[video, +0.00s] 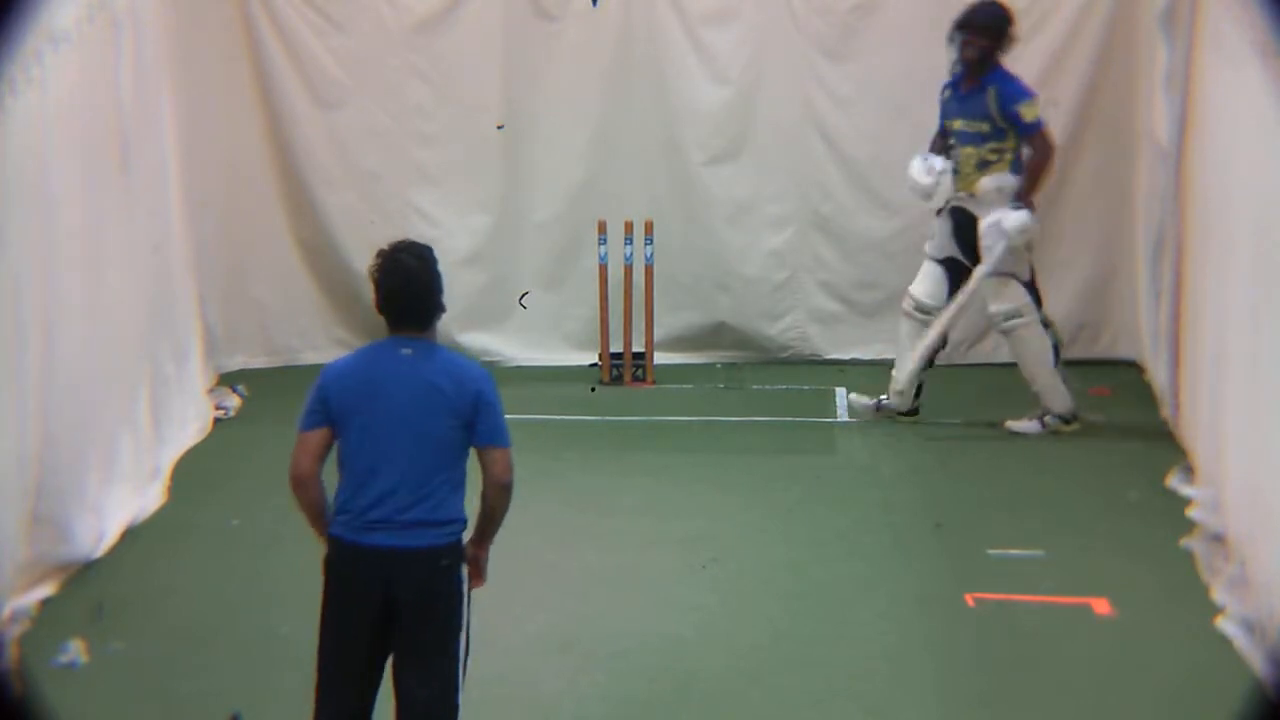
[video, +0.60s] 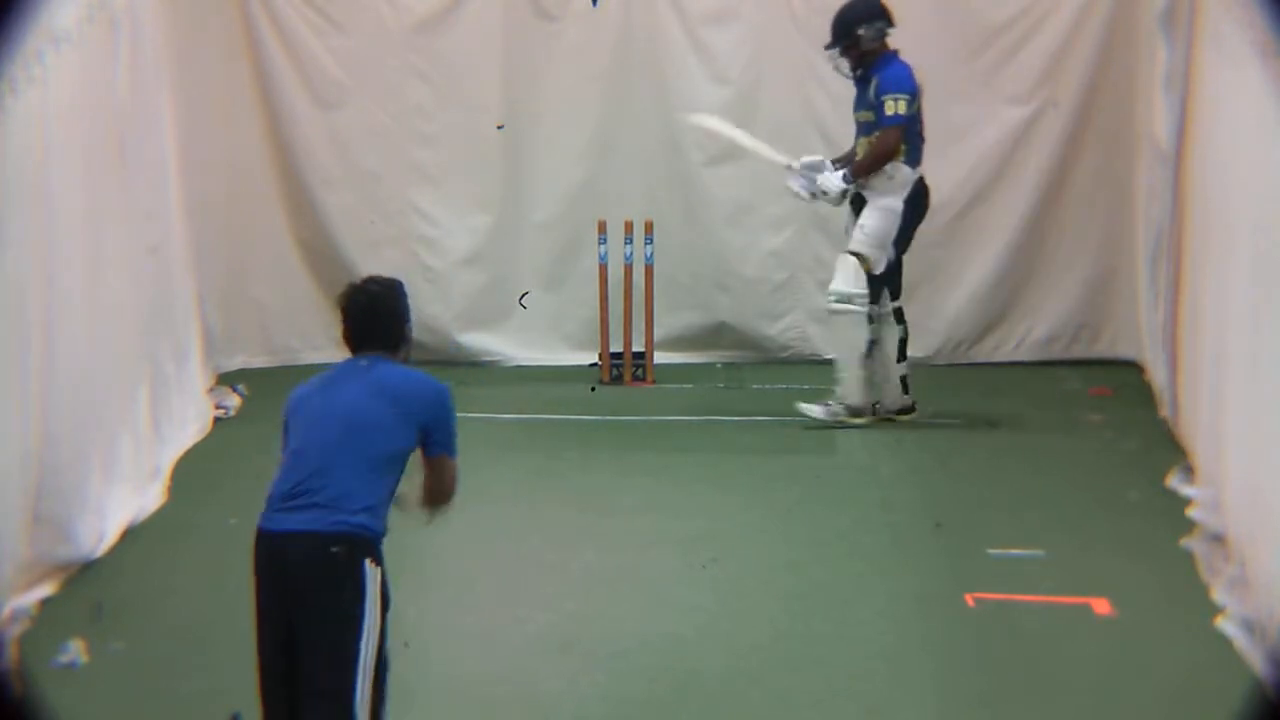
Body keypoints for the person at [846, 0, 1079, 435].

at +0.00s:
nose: (966, 48)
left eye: (976, 41)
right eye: (962, 39)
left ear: (996, 46)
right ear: (955, 40)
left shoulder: (1009, 92)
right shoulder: (952, 89)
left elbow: (1043, 147)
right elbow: (945, 133)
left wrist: (1020, 205)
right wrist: (930, 162)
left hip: (999, 214)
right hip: (957, 213)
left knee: (1011, 310)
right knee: (922, 302)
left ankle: (1059, 411)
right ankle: (902, 399)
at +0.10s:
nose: (939, 54)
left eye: (950, 47)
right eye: (936, 44)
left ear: (970, 50)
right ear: (929, 41)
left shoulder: (977, 89)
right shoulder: (937, 83)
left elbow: (1004, 147)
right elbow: (945, 139)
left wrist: (979, 206)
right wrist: (918, 164)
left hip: (978, 208)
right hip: (940, 205)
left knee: (995, 306)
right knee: (904, 297)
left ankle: (1054, 404)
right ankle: (895, 401)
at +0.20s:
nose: (914, 47)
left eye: (923, 39)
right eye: (910, 39)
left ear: (945, 41)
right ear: (908, 41)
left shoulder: (952, 85)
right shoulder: (925, 81)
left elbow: (965, 151)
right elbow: (929, 139)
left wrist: (929, 201)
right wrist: (901, 164)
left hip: (955, 206)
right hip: (921, 204)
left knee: (964, 302)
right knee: (896, 296)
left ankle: (1041, 395)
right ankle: (895, 401)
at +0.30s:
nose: (890, 46)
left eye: (896, 38)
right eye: (889, 38)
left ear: (920, 36)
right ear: (910, 38)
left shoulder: (934, 80)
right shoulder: (912, 79)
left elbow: (935, 142)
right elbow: (906, 144)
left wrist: (895, 193)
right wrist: (879, 174)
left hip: (936, 194)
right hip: (911, 194)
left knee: (924, 298)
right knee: (888, 295)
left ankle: (1010, 387)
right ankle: (895, 401)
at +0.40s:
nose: (871, 51)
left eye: (876, 42)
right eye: (870, 43)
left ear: (899, 38)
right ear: (896, 38)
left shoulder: (919, 78)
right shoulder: (899, 78)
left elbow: (916, 145)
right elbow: (894, 144)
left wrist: (870, 184)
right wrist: (861, 176)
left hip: (923, 196)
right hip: (899, 195)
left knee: (887, 293)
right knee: (881, 293)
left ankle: (964, 390)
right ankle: (894, 400)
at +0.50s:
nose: (856, 54)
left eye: (861, 45)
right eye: (855, 46)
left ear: (882, 37)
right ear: (880, 39)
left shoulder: (906, 75)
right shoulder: (884, 77)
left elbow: (903, 142)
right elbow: (879, 143)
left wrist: (853, 179)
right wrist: (846, 171)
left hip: (909, 192)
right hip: (887, 190)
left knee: (867, 290)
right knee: (886, 293)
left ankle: (902, 398)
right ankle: (897, 395)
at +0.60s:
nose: (843, 56)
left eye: (847, 47)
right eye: (841, 49)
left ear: (868, 39)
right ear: (865, 41)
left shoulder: (893, 77)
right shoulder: (870, 79)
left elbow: (890, 142)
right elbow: (867, 143)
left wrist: (843, 178)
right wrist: (830, 165)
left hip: (896, 193)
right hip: (875, 191)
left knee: (850, 286)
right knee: (879, 294)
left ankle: (852, 399)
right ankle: (894, 394)